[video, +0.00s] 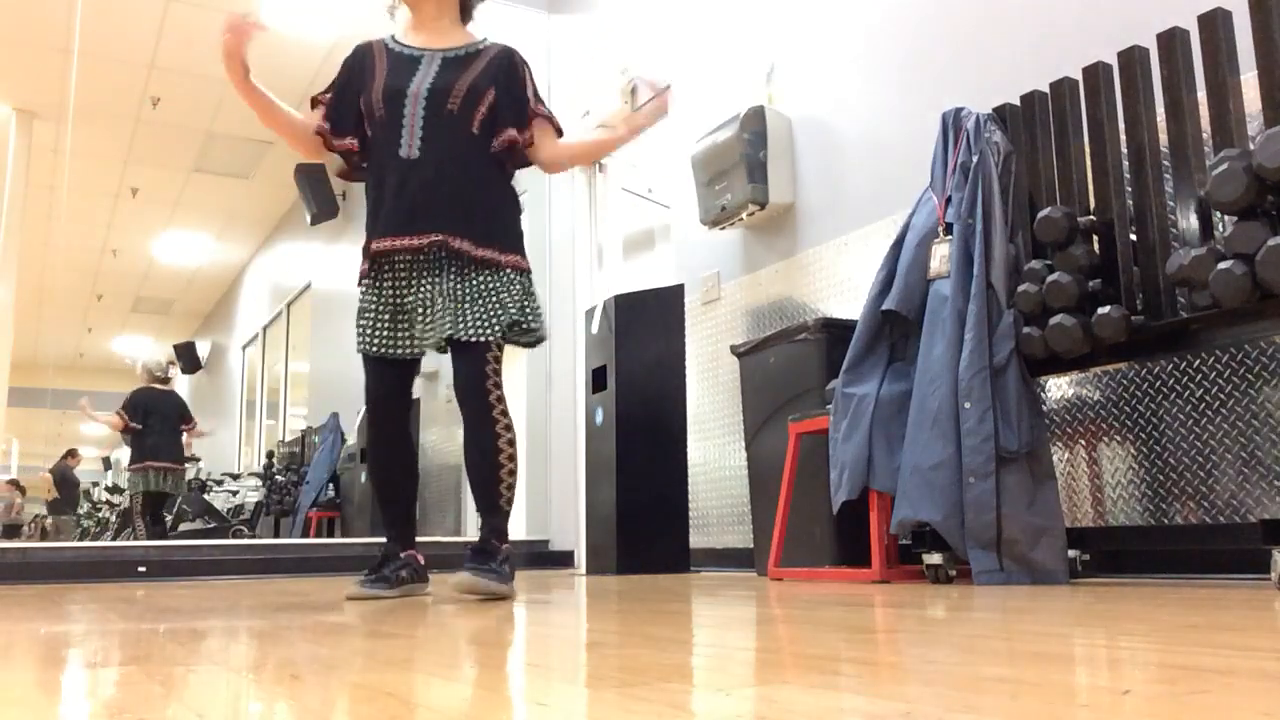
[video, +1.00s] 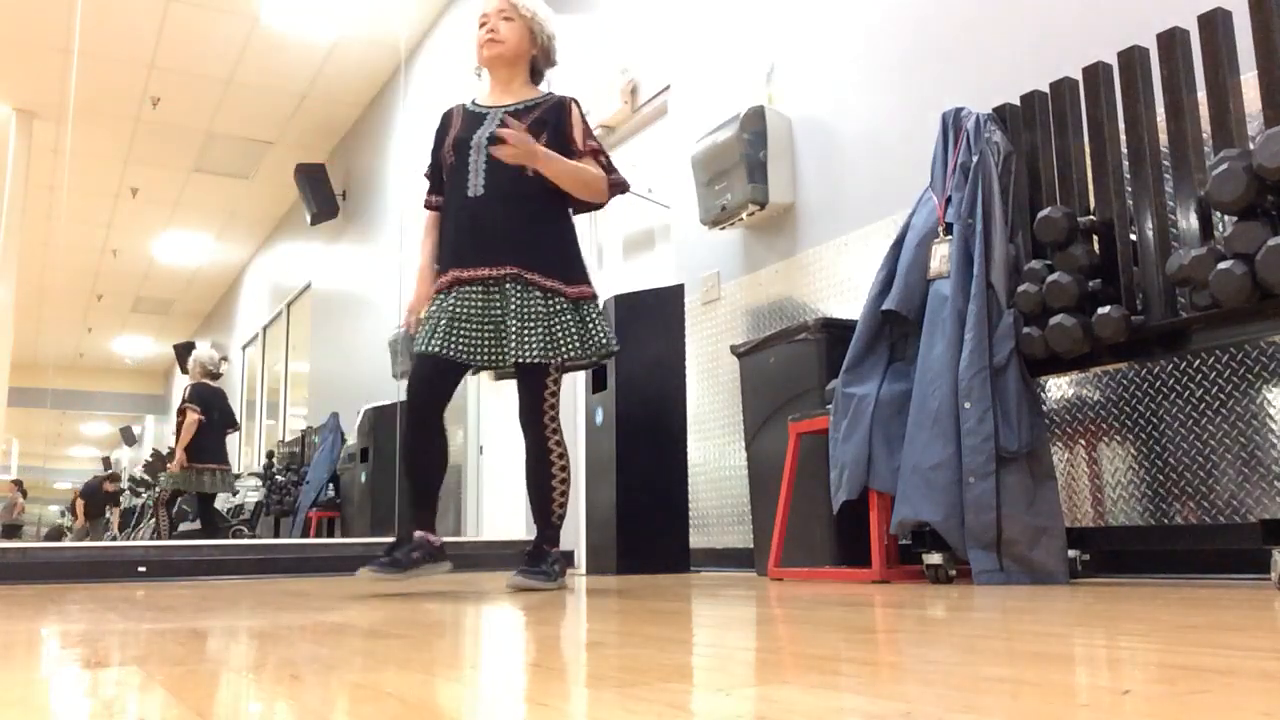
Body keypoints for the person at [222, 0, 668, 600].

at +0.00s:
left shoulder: (499, 61)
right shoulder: (370, 57)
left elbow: (550, 153)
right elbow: (317, 141)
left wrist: (629, 127)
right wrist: (242, 80)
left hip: (480, 249)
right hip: (394, 251)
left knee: (479, 386)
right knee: (385, 397)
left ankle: (492, 550)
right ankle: (402, 552)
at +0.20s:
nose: (420, 1)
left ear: (474, 4)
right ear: (416, 12)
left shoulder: (513, 76)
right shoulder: (391, 79)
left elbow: (594, 129)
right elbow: (311, 133)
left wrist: (577, 66)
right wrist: (282, 62)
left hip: (479, 256)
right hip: (400, 255)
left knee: (483, 401)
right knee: (399, 408)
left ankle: (531, 529)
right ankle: (403, 552)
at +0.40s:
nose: (444, 8)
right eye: (443, 2)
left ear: (497, 13)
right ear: (443, 24)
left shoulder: (534, 85)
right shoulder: (426, 100)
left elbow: (618, 135)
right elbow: (366, 171)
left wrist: (582, 86)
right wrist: (329, 100)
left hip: (510, 268)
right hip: (432, 268)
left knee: (515, 416)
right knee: (420, 415)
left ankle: (543, 552)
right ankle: (405, 555)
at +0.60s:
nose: (470, 17)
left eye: (485, 7)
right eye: (464, 10)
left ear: (518, 25)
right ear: (459, 30)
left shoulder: (553, 97)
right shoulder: (444, 113)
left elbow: (600, 177)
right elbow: (409, 198)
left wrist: (607, 143)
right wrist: (356, 154)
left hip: (539, 275)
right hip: (462, 279)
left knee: (533, 416)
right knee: (430, 406)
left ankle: (545, 553)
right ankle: (412, 549)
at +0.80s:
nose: (487, 29)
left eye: (502, 22)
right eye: (482, 24)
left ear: (534, 42)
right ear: (476, 48)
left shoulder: (562, 112)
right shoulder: (458, 121)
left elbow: (598, 187)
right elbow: (439, 198)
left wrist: (588, 195)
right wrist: (427, 241)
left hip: (545, 279)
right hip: (472, 281)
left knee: (540, 414)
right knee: (442, 399)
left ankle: (547, 552)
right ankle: (448, 547)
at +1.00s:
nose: (488, 27)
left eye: (504, 20)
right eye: (481, 23)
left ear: (534, 41)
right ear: (475, 47)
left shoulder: (559, 110)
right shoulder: (455, 120)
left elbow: (600, 188)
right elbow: (436, 213)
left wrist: (537, 156)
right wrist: (424, 286)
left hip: (538, 278)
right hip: (465, 280)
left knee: (538, 415)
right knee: (421, 398)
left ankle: (546, 551)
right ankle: (422, 537)